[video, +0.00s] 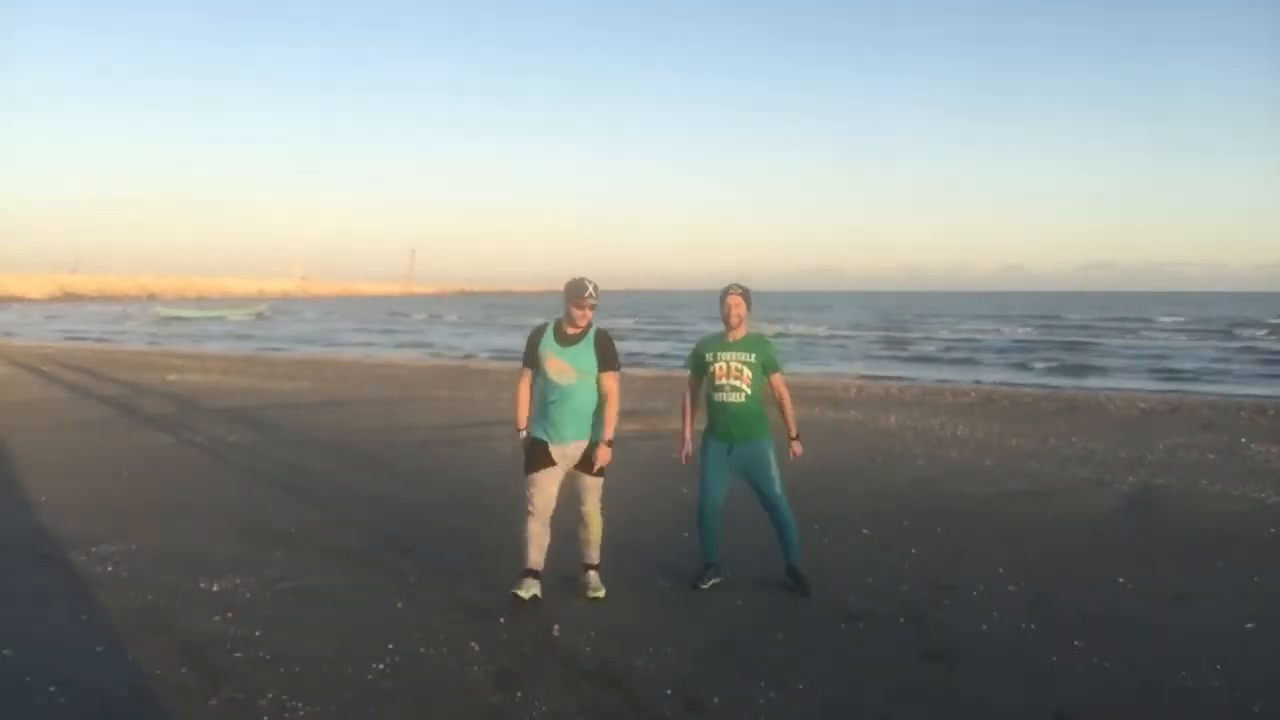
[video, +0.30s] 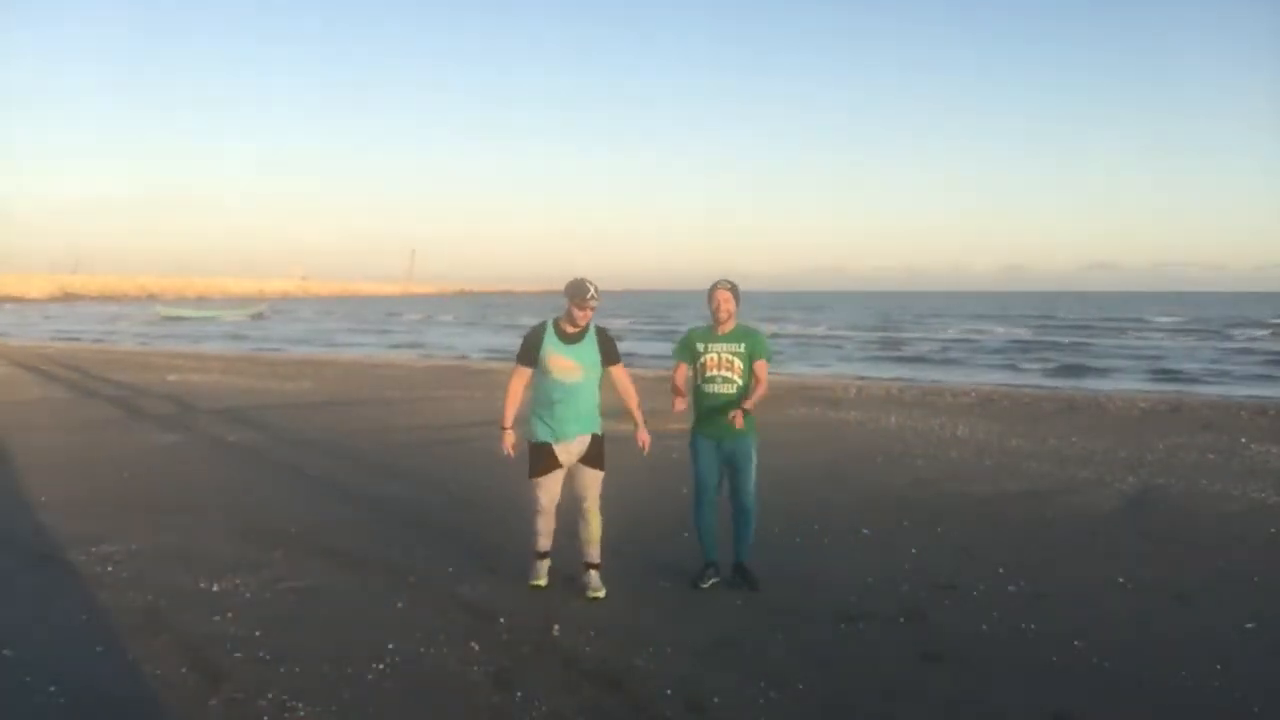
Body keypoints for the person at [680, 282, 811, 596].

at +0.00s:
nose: (731, 312)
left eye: (736, 306)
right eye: (726, 306)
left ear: (747, 311)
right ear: (720, 311)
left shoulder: (761, 347)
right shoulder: (705, 348)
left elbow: (781, 391)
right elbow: (692, 392)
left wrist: (793, 434)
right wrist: (686, 436)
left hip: (755, 439)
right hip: (717, 439)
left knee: (775, 500)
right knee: (708, 504)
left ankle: (793, 566)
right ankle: (711, 566)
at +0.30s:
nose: (720, 307)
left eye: (726, 302)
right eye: (715, 302)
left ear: (736, 305)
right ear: (709, 306)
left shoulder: (752, 338)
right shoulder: (694, 338)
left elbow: (762, 381)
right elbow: (679, 375)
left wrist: (747, 405)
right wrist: (679, 394)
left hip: (740, 428)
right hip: (705, 428)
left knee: (744, 499)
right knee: (705, 496)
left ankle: (741, 564)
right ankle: (710, 564)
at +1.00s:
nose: (741, 316)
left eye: (747, 311)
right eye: (736, 311)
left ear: (756, 317)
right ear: (728, 317)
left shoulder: (771, 357)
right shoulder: (713, 353)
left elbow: (786, 397)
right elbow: (692, 389)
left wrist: (797, 428)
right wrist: (698, 429)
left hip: (756, 449)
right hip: (717, 447)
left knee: (769, 516)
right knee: (710, 513)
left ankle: (773, 589)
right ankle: (711, 565)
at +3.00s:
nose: (748, 322)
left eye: (754, 315)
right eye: (742, 316)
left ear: (765, 317)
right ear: (735, 319)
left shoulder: (785, 355)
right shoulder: (721, 357)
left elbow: (791, 402)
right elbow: (709, 403)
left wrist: (785, 428)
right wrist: (722, 431)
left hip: (775, 452)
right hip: (736, 453)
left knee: (784, 527)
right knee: (738, 524)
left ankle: (781, 595)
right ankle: (741, 586)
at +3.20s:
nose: (745, 332)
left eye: (751, 326)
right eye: (739, 325)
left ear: (762, 328)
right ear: (732, 328)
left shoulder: (783, 366)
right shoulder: (717, 367)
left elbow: (804, 418)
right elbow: (698, 419)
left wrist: (788, 421)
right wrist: (691, 420)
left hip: (770, 465)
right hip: (727, 463)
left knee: (785, 536)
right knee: (707, 528)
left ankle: (782, 599)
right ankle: (695, 603)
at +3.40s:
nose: (723, 334)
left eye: (729, 327)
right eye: (717, 328)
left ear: (741, 329)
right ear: (710, 330)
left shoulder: (762, 369)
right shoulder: (693, 367)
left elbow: (782, 421)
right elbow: (665, 402)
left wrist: (773, 420)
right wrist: (655, 408)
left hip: (746, 475)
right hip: (700, 472)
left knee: (769, 543)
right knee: (667, 539)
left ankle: (782, 602)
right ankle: (634, 614)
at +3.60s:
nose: (686, 327)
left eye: (693, 320)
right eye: (680, 320)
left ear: (705, 322)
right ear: (673, 322)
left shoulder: (720, 362)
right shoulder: (655, 356)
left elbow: (736, 417)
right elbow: (626, 397)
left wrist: (735, 463)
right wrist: (616, 434)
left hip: (699, 471)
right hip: (654, 467)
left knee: (722, 540)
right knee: (634, 540)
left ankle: (753, 595)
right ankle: (627, 621)